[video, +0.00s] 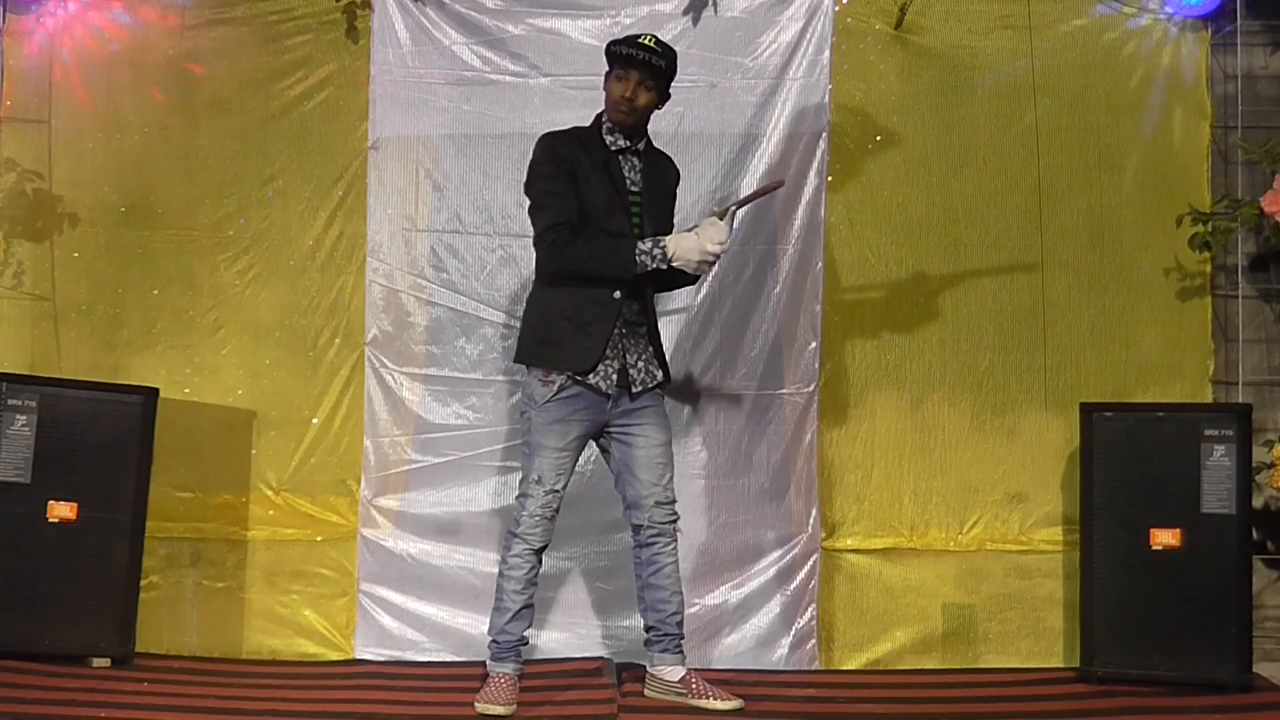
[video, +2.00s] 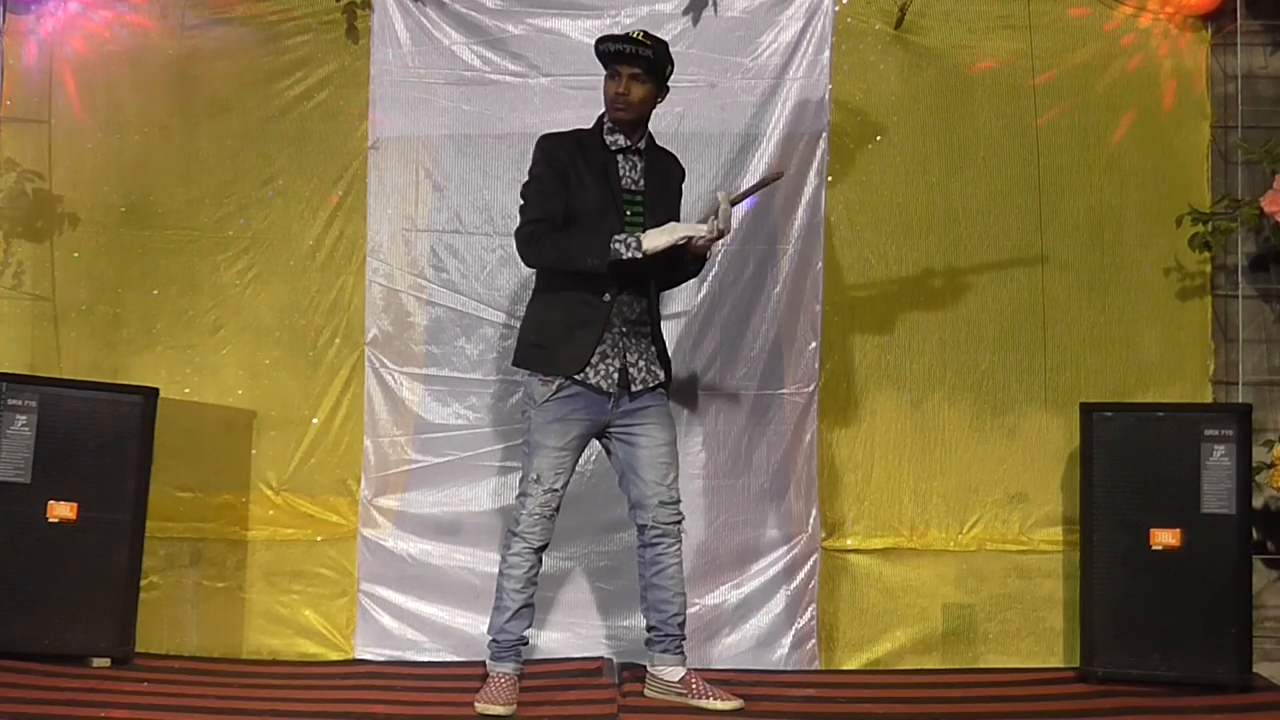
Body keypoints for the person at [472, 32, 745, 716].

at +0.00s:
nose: (631, 90)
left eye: (647, 84)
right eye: (623, 76)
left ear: (662, 98)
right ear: (606, 80)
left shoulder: (662, 171)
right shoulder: (558, 150)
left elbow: (642, 279)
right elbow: (556, 254)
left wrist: (692, 260)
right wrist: (659, 249)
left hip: (638, 370)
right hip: (564, 368)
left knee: (656, 518)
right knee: (534, 518)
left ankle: (666, 670)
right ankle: (503, 668)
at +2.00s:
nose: (624, 89)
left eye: (639, 80)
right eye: (616, 76)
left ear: (660, 91)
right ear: (602, 82)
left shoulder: (667, 170)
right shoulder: (559, 151)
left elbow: (649, 276)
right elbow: (534, 244)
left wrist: (694, 253)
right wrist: (632, 244)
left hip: (641, 371)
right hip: (565, 368)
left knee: (662, 520)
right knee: (533, 519)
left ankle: (667, 670)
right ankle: (503, 668)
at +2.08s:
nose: (622, 89)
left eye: (637, 79)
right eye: (614, 76)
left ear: (658, 91)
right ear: (601, 81)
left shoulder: (665, 170)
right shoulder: (557, 151)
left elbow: (650, 275)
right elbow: (532, 243)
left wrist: (692, 252)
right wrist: (632, 243)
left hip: (640, 372)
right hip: (565, 368)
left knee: (662, 520)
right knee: (534, 519)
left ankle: (666, 671)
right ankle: (503, 667)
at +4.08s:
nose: (626, 88)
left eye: (634, 75)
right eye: (611, 78)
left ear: (643, 80)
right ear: (584, 87)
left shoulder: (661, 162)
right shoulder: (551, 156)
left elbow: (660, 267)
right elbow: (553, 250)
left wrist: (709, 249)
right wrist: (619, 180)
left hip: (648, 374)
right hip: (568, 374)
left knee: (668, 520)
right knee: (536, 522)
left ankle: (672, 670)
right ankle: (503, 669)